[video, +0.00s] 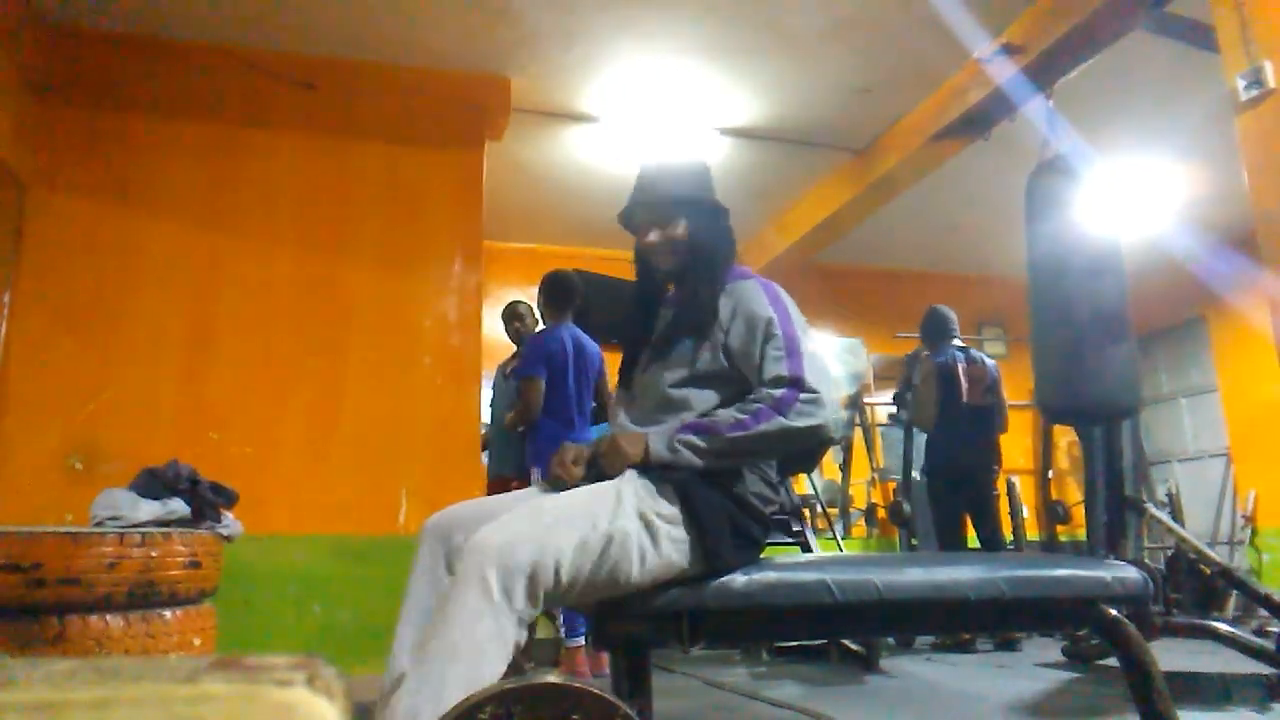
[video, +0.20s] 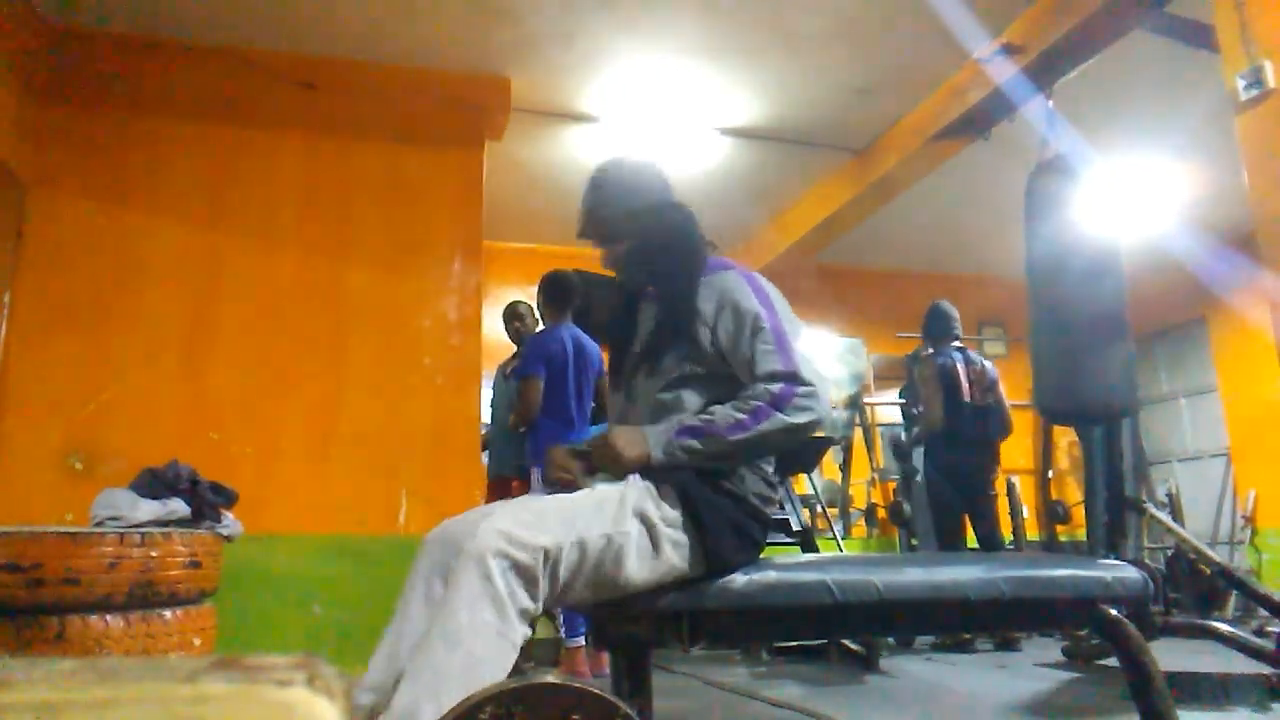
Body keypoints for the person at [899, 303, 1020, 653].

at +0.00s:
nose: (925, 343)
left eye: (924, 337)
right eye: (928, 338)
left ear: (926, 336)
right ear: (957, 331)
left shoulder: (928, 367)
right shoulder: (988, 365)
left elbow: (923, 420)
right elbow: (1002, 422)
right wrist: (973, 424)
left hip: (944, 470)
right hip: (981, 469)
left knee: (951, 548)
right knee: (993, 543)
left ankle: (959, 628)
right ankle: (1007, 626)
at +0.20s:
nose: (927, 340)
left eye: (926, 334)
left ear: (928, 333)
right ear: (959, 330)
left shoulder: (929, 367)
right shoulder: (984, 365)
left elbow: (934, 420)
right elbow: (1004, 422)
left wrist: (911, 440)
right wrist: (982, 442)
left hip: (945, 462)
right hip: (982, 461)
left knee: (950, 544)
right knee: (991, 540)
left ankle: (956, 628)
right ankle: (1007, 624)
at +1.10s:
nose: (922, 342)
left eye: (921, 337)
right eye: (926, 337)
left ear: (925, 336)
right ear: (955, 332)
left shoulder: (924, 364)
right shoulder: (984, 364)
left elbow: (916, 417)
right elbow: (998, 420)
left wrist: (900, 390)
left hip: (943, 464)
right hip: (981, 463)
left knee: (950, 544)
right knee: (992, 540)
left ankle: (958, 627)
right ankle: (1008, 625)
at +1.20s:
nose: (921, 345)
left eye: (921, 340)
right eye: (924, 340)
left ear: (925, 338)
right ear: (953, 334)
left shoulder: (926, 365)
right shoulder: (984, 365)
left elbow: (917, 419)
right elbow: (997, 422)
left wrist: (905, 391)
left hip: (943, 466)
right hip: (979, 464)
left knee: (949, 545)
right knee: (992, 540)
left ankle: (958, 628)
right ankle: (1007, 625)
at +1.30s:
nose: (923, 342)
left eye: (922, 336)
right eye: (926, 336)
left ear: (925, 336)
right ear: (957, 331)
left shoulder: (925, 368)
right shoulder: (985, 366)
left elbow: (921, 421)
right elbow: (999, 424)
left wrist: (905, 393)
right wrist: (969, 429)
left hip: (942, 467)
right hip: (979, 467)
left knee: (950, 546)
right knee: (991, 541)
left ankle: (957, 628)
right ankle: (1007, 625)